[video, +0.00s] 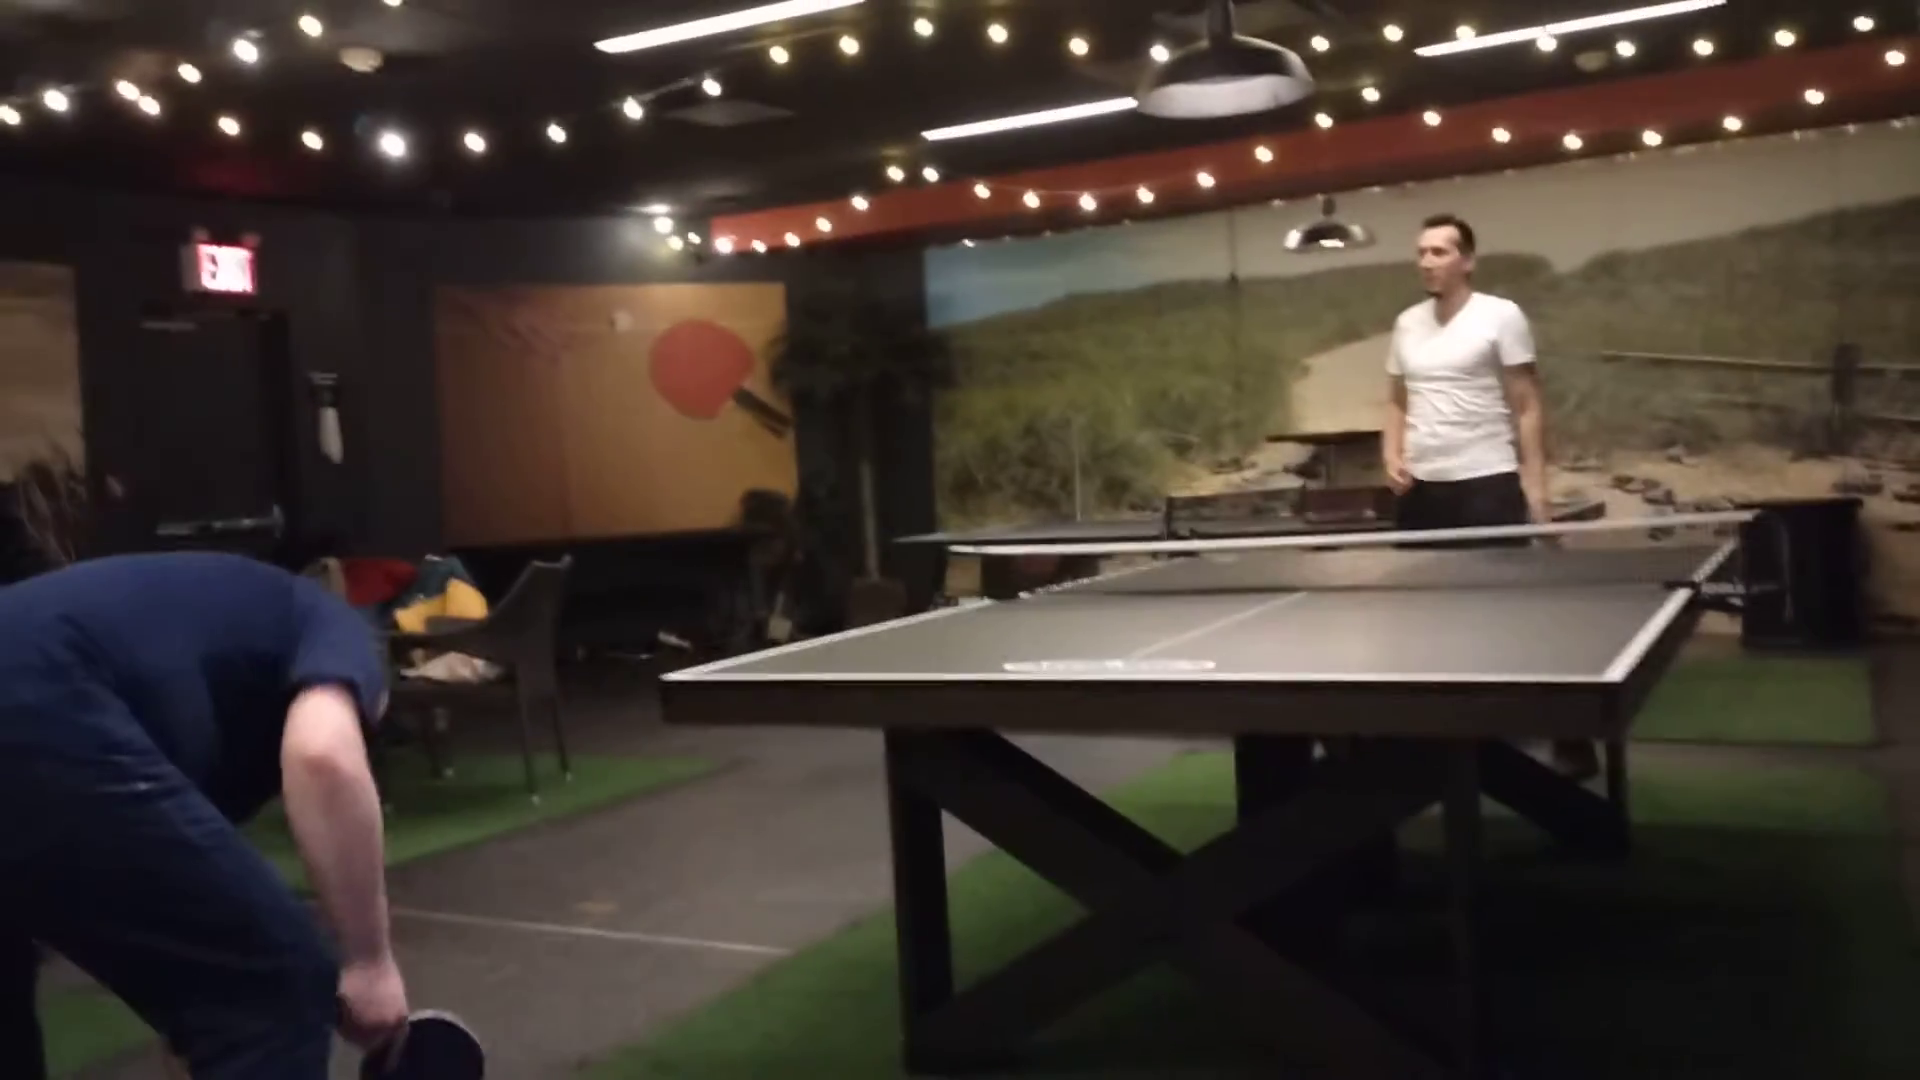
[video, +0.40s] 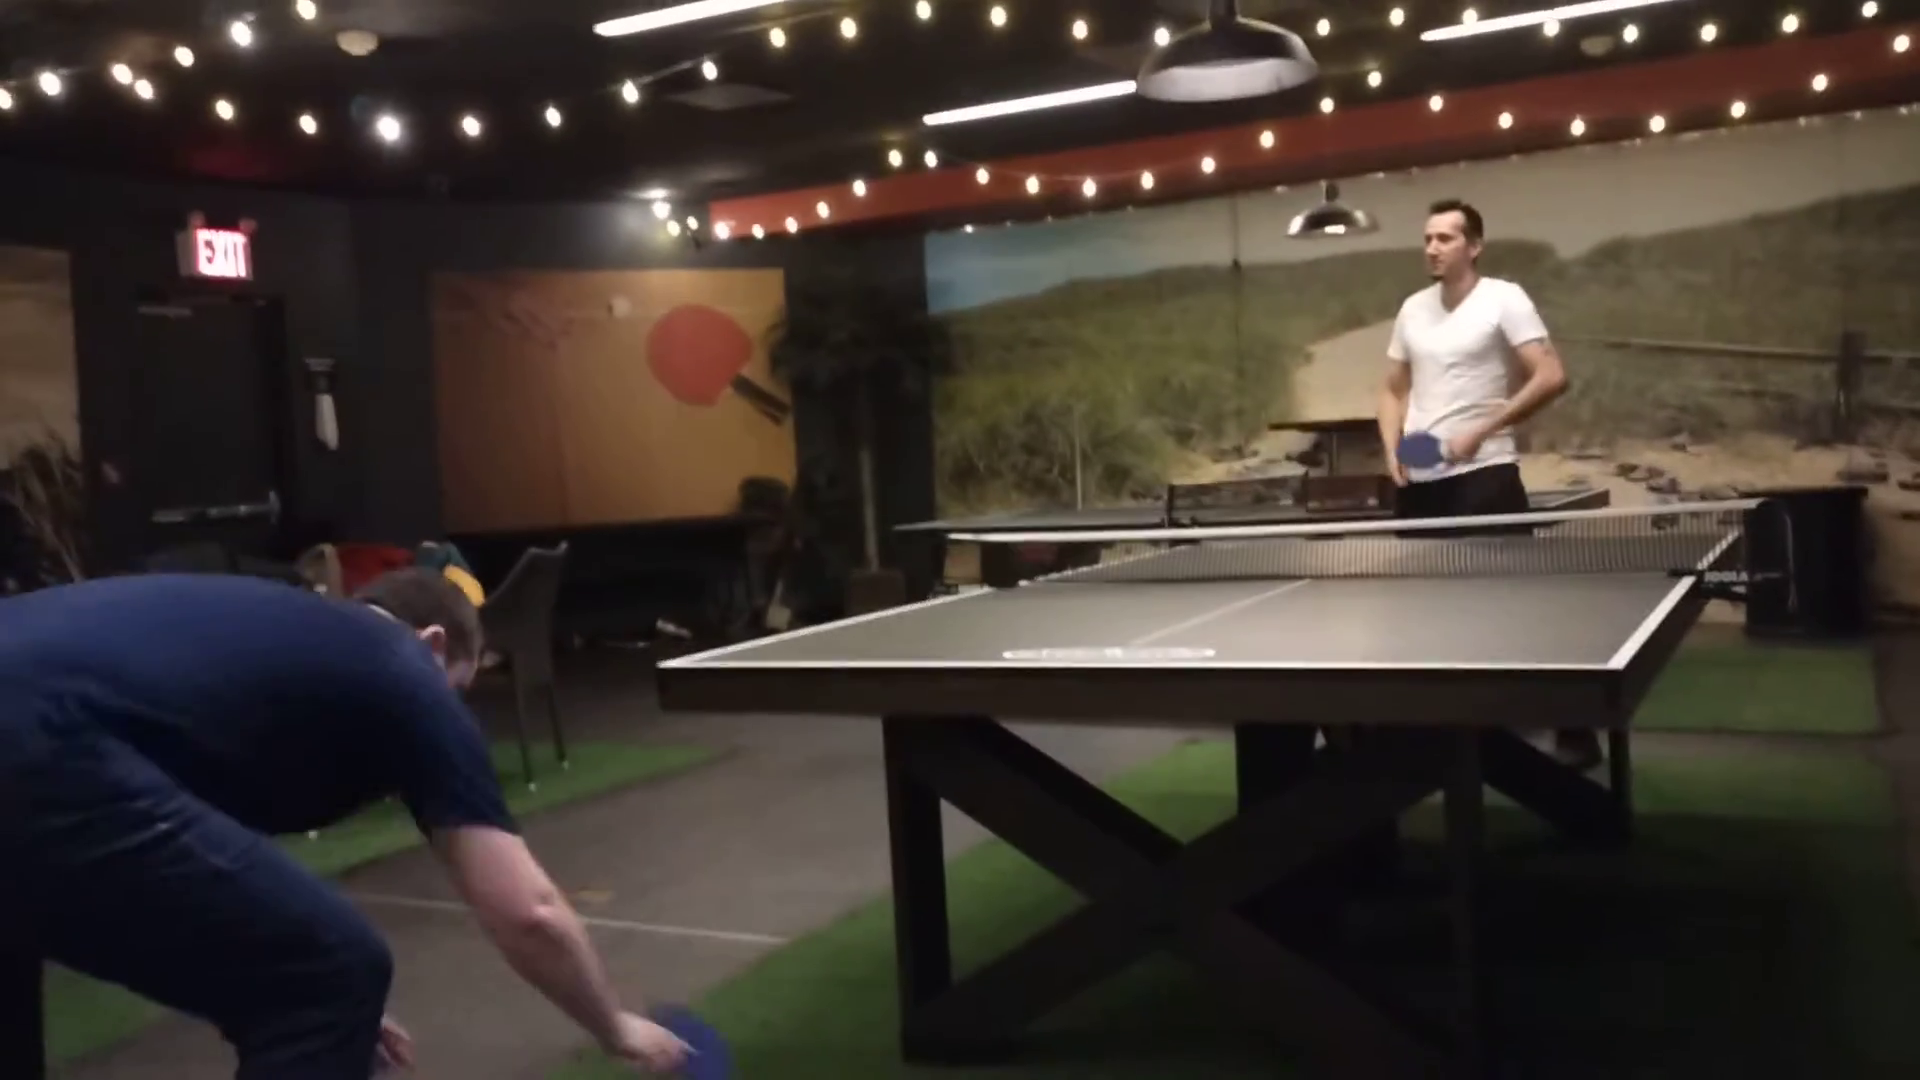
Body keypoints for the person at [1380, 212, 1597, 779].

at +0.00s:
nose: (1429, 261)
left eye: (1440, 252)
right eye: (1423, 253)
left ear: (1468, 260)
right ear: (1418, 262)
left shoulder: (1501, 317)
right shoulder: (1408, 325)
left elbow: (1526, 407)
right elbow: (1397, 401)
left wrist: (1536, 492)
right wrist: (1392, 457)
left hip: (1489, 487)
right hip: (1423, 491)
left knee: (1504, 606)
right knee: (1424, 608)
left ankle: (1564, 737)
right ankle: (1432, 740)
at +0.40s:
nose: (1433, 247)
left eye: (1446, 238)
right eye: (1428, 239)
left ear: (1474, 245)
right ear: (1425, 248)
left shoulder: (1504, 300)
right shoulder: (1412, 311)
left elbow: (1551, 376)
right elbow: (1392, 389)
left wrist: (1483, 429)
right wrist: (1392, 452)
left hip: (1487, 480)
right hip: (1423, 485)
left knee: (1521, 599)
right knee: (1429, 605)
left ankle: (1572, 729)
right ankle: (1441, 735)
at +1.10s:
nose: (1392, 208)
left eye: (1403, 199)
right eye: (1384, 199)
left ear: (1427, 206)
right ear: (1377, 206)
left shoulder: (1458, 254)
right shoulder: (1363, 258)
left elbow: (1513, 323)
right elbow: (1369, 335)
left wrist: (1509, 404)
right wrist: (1359, 401)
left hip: (1437, 433)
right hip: (1367, 434)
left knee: (1453, 556)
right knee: (1364, 558)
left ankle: (1509, 685)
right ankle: (1372, 688)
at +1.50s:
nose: (1381, 175)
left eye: (1392, 166)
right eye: (1373, 166)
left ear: (1414, 174)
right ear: (1364, 174)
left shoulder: (1441, 228)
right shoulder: (1345, 235)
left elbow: (1480, 312)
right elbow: (1299, 305)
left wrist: (1448, 383)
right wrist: (1283, 362)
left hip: (1417, 404)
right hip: (1346, 404)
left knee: (1444, 528)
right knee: (1341, 529)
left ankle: (1487, 657)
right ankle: (1341, 661)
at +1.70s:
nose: (1372, 165)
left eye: (1383, 155)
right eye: (1364, 156)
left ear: (1405, 163)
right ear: (1354, 164)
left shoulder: (1433, 219)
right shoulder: (1337, 224)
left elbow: (1466, 303)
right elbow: (1290, 309)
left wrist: (1408, 351)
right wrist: (1302, 276)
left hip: (1411, 394)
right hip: (1343, 394)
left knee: (1437, 512)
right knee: (1340, 514)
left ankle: (1479, 644)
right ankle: (1343, 647)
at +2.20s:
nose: (1355, 165)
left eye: (1366, 155)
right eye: (1348, 155)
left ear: (1389, 155)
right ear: (1339, 157)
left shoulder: (1421, 208)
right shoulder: (1324, 205)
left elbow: (1449, 295)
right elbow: (1281, 269)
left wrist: (1381, 316)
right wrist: (1317, 191)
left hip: (1395, 378)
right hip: (1326, 378)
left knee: (1420, 497)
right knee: (1325, 500)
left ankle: (1458, 625)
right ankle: (1329, 631)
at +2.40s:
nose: (1346, 176)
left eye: (1355, 166)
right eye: (1340, 166)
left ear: (1373, 164)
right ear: (1329, 164)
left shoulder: (1410, 213)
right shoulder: (1318, 208)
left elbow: (1433, 304)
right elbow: (1274, 278)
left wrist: (1367, 337)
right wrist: (1305, 200)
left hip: (1379, 390)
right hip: (1312, 390)